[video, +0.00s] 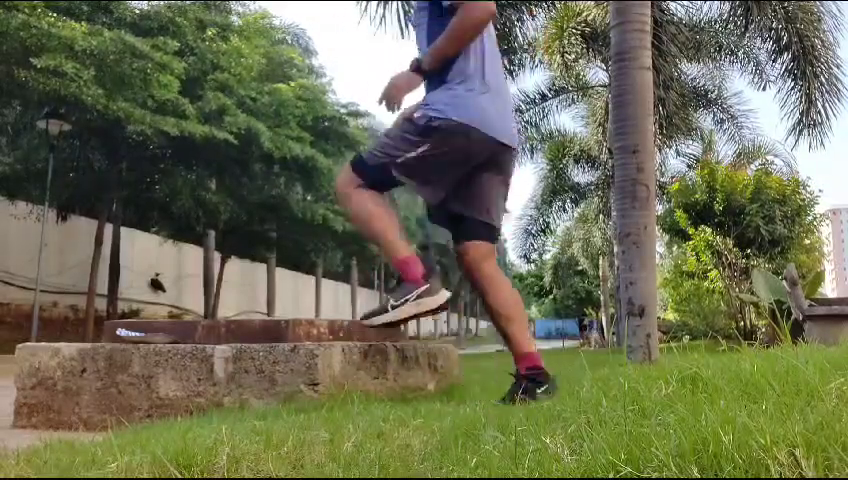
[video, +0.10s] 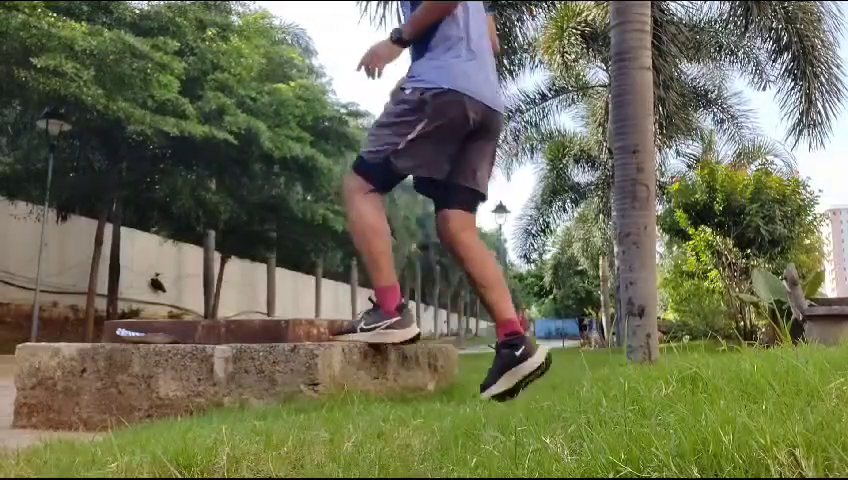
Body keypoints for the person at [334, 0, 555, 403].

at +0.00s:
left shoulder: (440, 4)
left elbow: (481, 9)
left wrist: (416, 71)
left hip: (457, 112)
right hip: (503, 129)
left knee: (353, 184)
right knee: (478, 255)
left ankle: (415, 279)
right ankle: (532, 372)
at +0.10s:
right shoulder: (477, 7)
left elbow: (445, 3)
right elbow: (491, 40)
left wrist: (395, 41)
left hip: (440, 79)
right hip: (490, 96)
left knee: (360, 185)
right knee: (457, 225)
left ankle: (389, 307)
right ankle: (513, 339)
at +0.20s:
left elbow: (418, 0)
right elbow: (490, 23)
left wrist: (380, 24)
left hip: (432, 67)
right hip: (482, 79)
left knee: (378, 181)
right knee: (425, 198)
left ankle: (389, 309)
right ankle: (480, 307)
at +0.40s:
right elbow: (506, 2)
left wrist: (380, 6)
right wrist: (469, 36)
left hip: (437, 55)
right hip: (478, 68)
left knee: (401, 180)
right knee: (429, 191)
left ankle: (457, 302)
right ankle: (433, 310)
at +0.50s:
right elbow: (511, 2)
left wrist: (394, 1)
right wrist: (469, 27)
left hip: (450, 62)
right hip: (483, 68)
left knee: (428, 196)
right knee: (429, 196)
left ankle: (485, 326)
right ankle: (441, 318)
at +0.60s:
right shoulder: (488, 4)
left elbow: (432, 5)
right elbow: (527, 19)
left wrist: (405, 29)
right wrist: (487, 64)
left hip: (462, 99)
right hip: (497, 103)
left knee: (464, 238)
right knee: (410, 210)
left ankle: (514, 371)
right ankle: (468, 306)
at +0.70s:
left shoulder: (427, 2)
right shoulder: (486, 6)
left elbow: (454, 6)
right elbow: (530, 39)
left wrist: (407, 69)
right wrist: (493, 96)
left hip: (465, 121)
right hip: (498, 124)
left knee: (472, 254)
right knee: (414, 233)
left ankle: (527, 382)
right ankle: (500, 317)